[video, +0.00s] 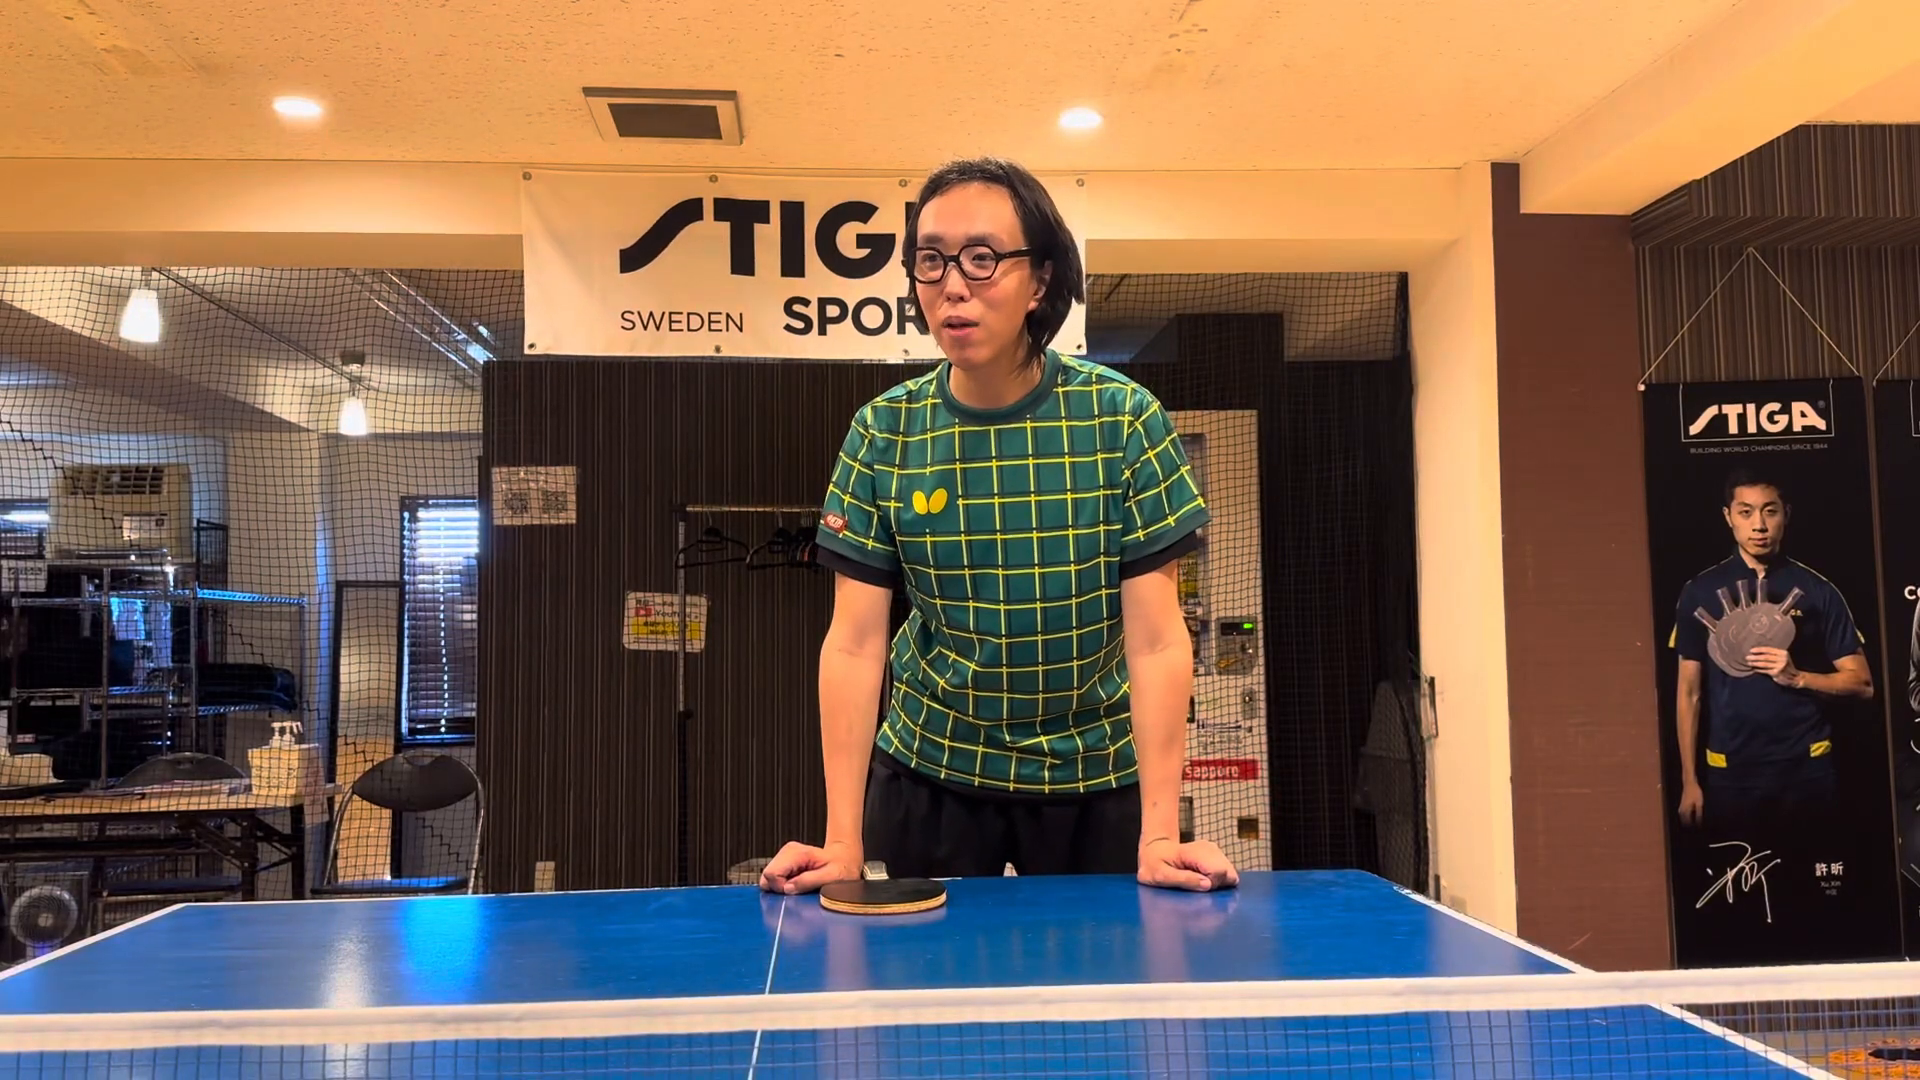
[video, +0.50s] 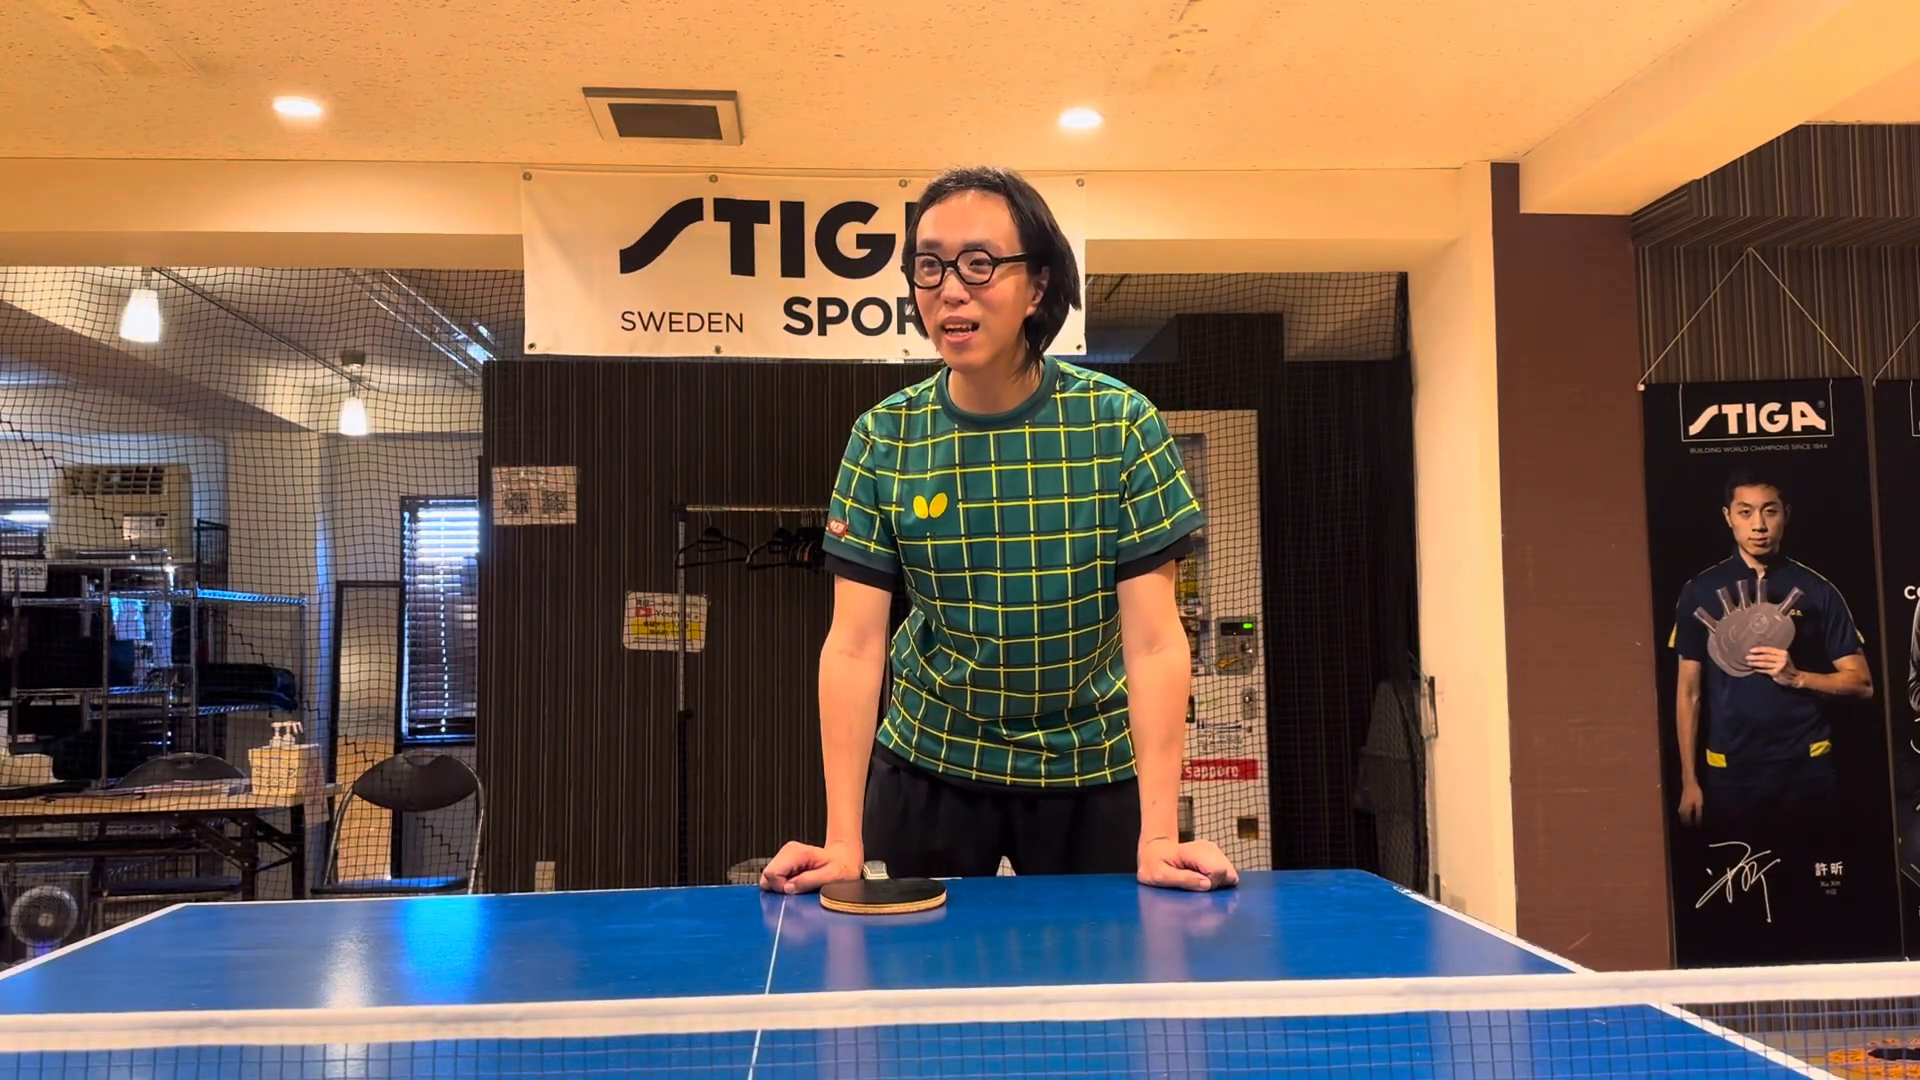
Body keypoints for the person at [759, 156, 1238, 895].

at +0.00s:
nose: (951, 283)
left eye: (982, 257)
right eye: (932, 259)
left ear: (1040, 281)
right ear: (914, 278)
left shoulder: (1122, 419)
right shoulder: (886, 429)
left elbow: (1157, 642)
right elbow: (853, 645)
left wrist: (1162, 836)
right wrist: (841, 843)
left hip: (1093, 800)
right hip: (928, 796)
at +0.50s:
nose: (949, 289)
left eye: (979, 263)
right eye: (931, 266)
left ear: (1037, 287)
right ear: (914, 287)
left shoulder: (1120, 426)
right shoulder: (886, 437)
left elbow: (1154, 642)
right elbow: (853, 646)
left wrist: (1161, 836)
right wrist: (842, 844)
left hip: (1090, 781)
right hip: (927, 778)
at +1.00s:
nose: (950, 293)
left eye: (980, 268)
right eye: (933, 269)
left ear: (1036, 292)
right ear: (916, 288)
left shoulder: (1117, 433)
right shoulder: (886, 446)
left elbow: (1150, 645)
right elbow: (855, 648)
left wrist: (1159, 833)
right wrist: (842, 842)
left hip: (1086, 770)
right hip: (927, 768)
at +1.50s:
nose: (979, 257)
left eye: (1008, 234)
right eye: (960, 237)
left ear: (1055, 268)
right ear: (939, 268)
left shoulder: (1119, 422)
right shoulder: (898, 433)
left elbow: (1145, 624)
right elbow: (865, 641)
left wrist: (1135, 766)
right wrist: (889, 782)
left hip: (1087, 777)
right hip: (932, 776)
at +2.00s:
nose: (999, 245)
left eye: (1026, 225)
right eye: (979, 225)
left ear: (1070, 258)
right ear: (958, 253)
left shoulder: (1129, 419)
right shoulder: (913, 426)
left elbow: (1158, 615)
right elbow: (881, 628)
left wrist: (1147, 758)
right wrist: (903, 781)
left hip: (1100, 779)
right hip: (947, 779)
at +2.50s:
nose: (1005, 251)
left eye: (1032, 230)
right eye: (985, 231)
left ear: (1073, 260)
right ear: (963, 256)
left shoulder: (1131, 420)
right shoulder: (915, 425)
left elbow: (1155, 609)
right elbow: (876, 621)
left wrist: (1126, 730)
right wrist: (907, 713)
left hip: (1097, 772)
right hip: (941, 771)